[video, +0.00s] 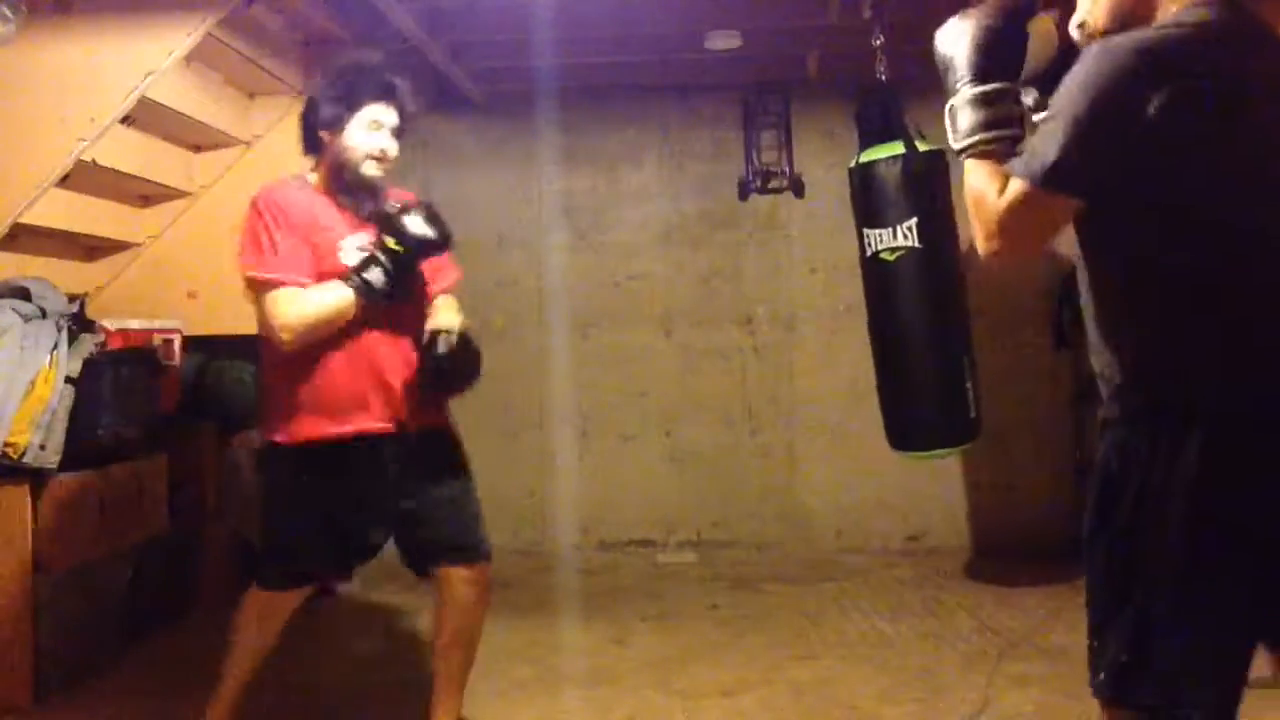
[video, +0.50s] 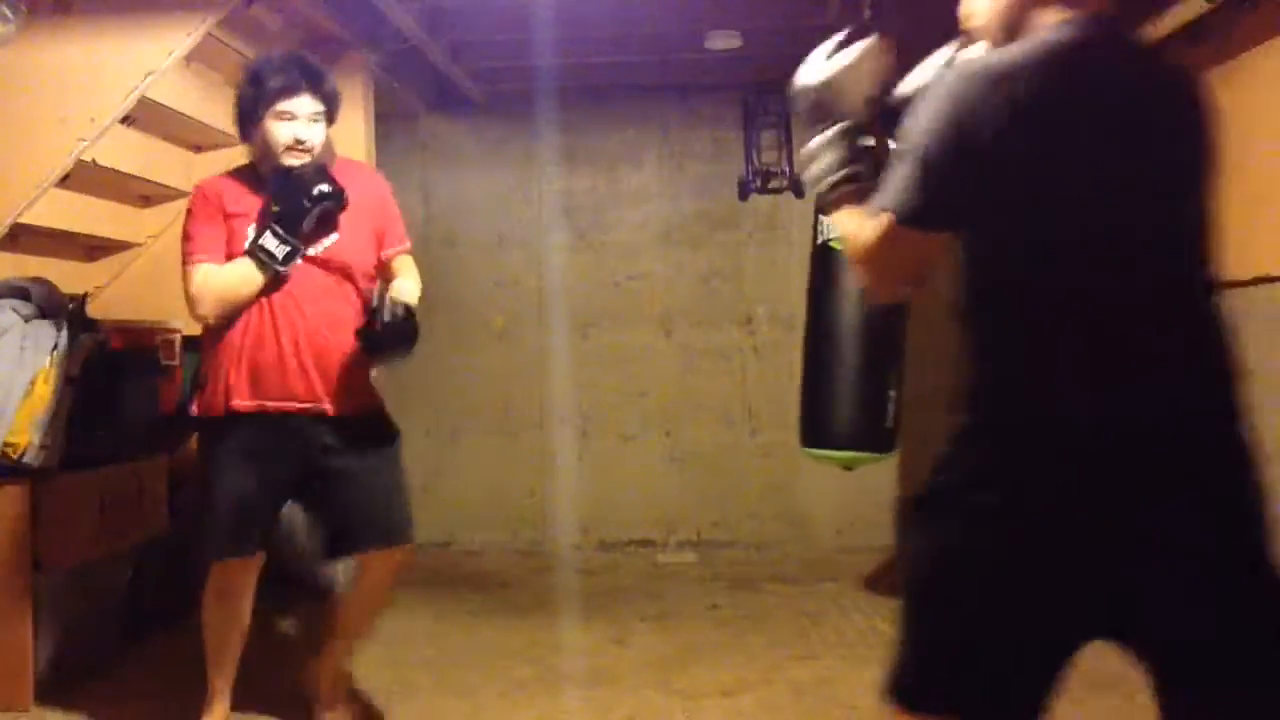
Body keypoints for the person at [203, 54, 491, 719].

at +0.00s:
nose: (389, 144)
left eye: (395, 131)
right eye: (374, 126)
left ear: (401, 138)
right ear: (327, 130)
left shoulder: (408, 211)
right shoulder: (280, 206)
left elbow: (439, 295)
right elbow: (286, 325)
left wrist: (448, 338)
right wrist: (376, 276)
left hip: (416, 434)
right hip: (317, 443)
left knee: (466, 569)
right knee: (285, 582)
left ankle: (446, 712)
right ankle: (220, 709)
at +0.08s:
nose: (366, 135)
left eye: (373, 123)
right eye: (350, 117)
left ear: (379, 130)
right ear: (303, 119)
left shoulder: (390, 200)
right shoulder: (251, 193)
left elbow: (417, 293)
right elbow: (258, 302)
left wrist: (431, 347)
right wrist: (356, 246)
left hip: (391, 420)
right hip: (292, 423)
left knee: (435, 563)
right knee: (267, 573)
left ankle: (440, 708)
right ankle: (223, 707)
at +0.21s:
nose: (321, 123)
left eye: (333, 110)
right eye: (304, 108)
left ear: (346, 121)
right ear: (266, 118)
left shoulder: (376, 186)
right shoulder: (227, 183)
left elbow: (402, 274)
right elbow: (221, 284)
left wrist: (399, 343)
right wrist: (313, 223)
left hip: (357, 404)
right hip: (260, 406)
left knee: (408, 552)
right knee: (249, 562)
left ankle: (401, 696)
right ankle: (218, 703)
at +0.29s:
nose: (304, 129)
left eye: (315, 114)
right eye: (286, 114)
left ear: (327, 121)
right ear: (249, 124)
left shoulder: (360, 187)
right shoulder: (218, 197)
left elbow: (397, 276)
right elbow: (209, 292)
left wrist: (395, 347)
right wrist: (293, 228)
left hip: (348, 411)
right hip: (252, 414)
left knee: (381, 549)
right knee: (239, 560)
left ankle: (337, 671)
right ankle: (219, 699)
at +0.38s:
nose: (291, 139)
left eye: (301, 124)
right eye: (272, 126)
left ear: (317, 127)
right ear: (240, 137)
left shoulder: (355, 192)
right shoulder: (212, 208)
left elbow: (399, 282)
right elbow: (204, 310)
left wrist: (394, 343)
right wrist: (281, 242)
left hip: (343, 418)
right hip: (245, 420)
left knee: (357, 565)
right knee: (234, 563)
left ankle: (302, 682)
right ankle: (217, 702)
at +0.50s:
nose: (303, 131)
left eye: (315, 117)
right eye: (285, 117)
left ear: (330, 122)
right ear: (252, 125)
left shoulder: (364, 184)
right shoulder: (218, 196)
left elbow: (402, 269)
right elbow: (206, 302)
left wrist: (395, 313)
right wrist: (276, 243)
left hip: (346, 411)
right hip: (246, 412)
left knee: (387, 547)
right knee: (234, 557)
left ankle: (330, 678)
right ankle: (217, 703)